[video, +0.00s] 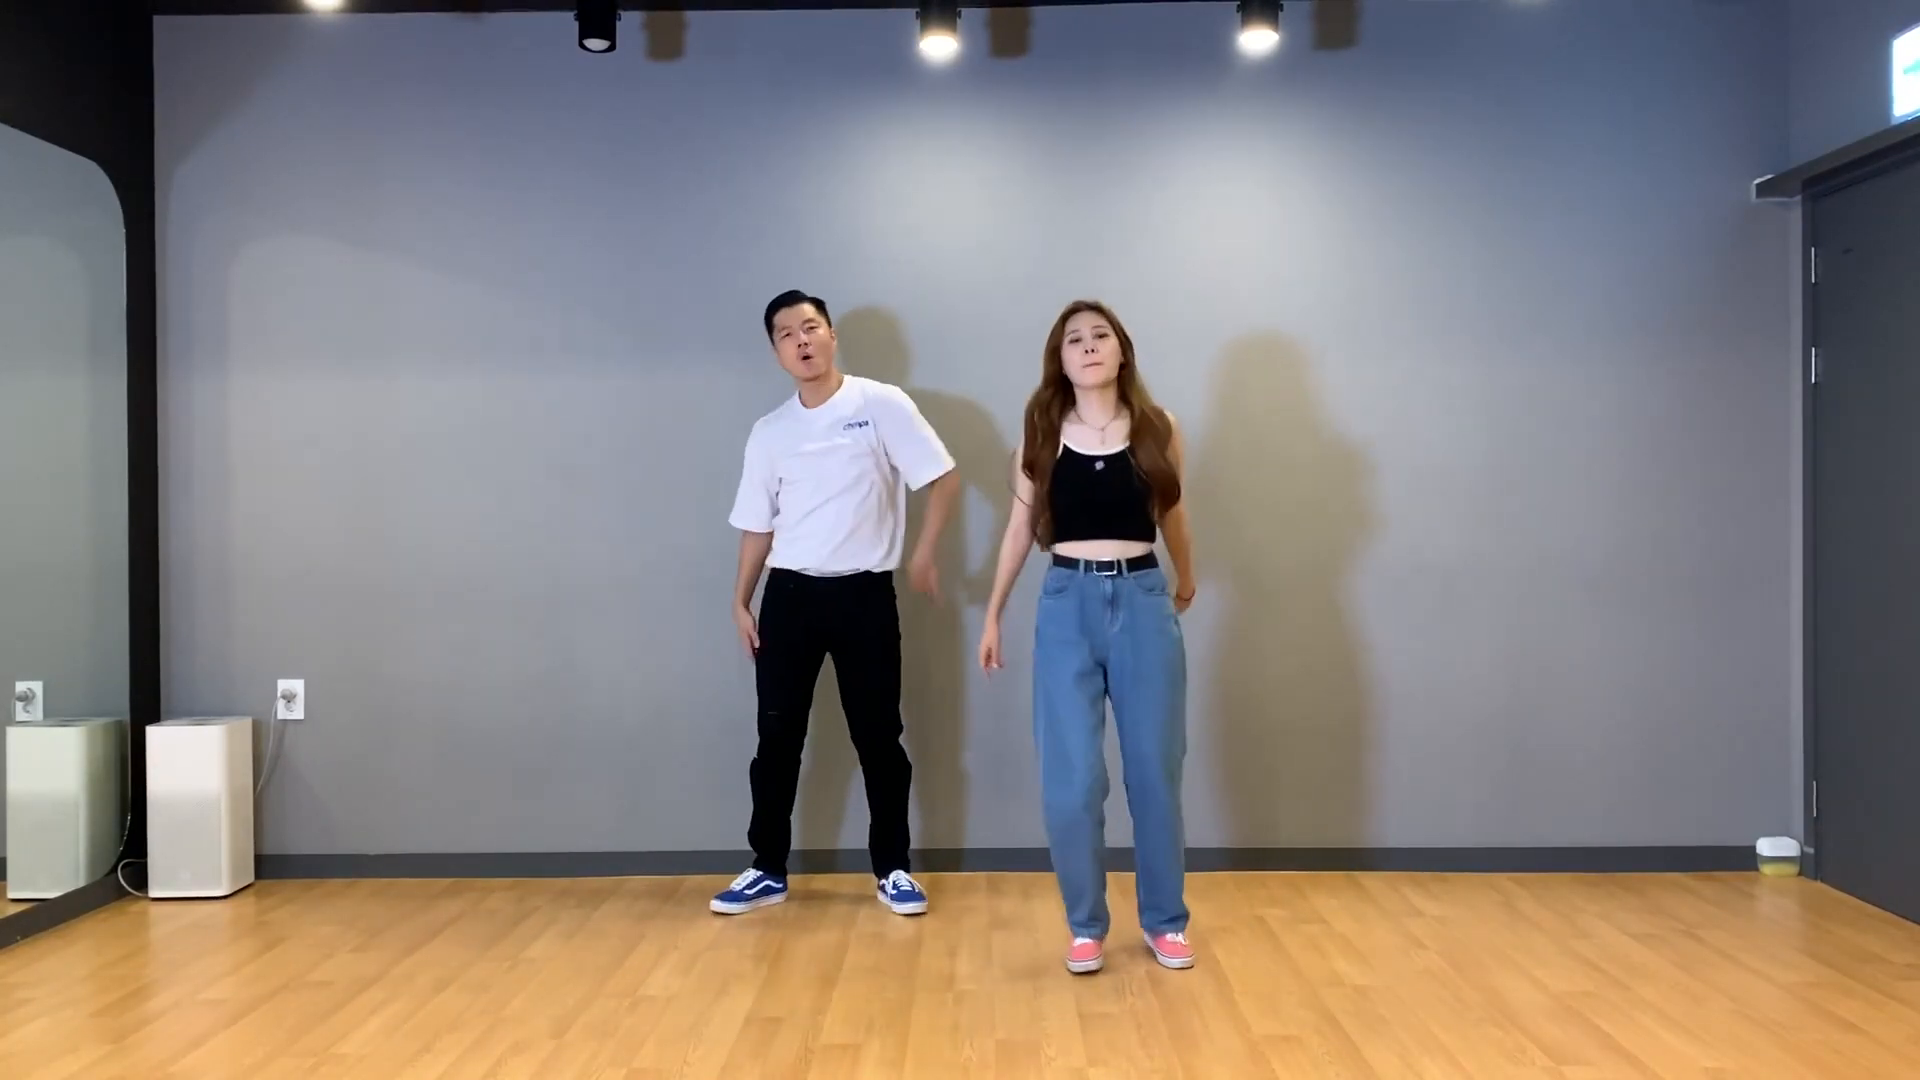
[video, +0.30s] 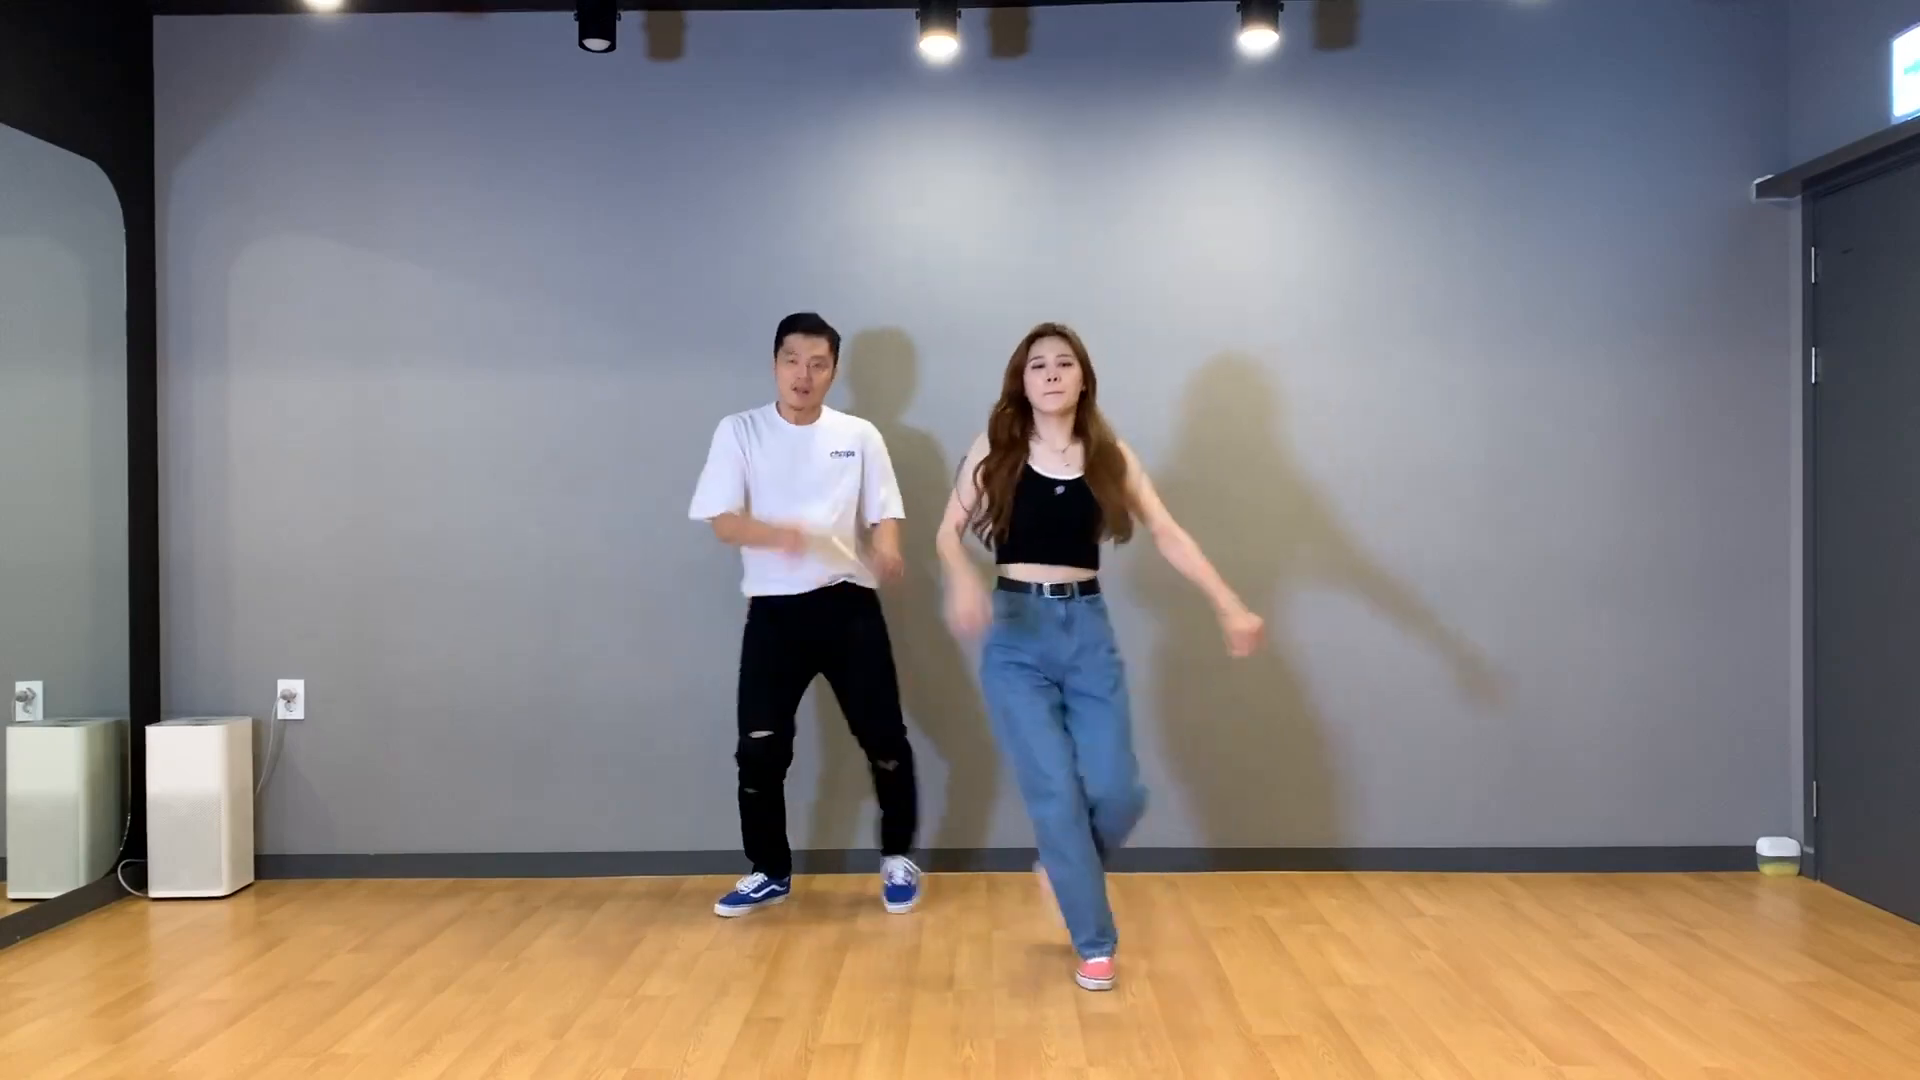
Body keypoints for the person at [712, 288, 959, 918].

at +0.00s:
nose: (802, 339)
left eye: (810, 326)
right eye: (788, 334)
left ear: (833, 335)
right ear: (778, 354)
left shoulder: (880, 402)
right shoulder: (768, 431)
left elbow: (944, 476)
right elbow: (757, 525)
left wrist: (925, 550)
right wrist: (741, 600)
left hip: (865, 595)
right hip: (789, 599)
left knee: (879, 740)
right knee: (776, 741)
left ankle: (894, 870)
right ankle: (767, 871)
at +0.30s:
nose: (803, 374)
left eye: (816, 363)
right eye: (792, 361)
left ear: (832, 371)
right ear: (774, 365)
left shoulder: (859, 435)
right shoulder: (737, 433)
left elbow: (885, 517)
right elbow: (723, 521)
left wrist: (886, 551)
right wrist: (774, 535)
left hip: (849, 607)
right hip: (773, 614)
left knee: (884, 739)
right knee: (758, 751)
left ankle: (898, 859)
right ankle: (770, 873)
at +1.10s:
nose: (714, 361)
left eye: (724, 350)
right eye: (702, 352)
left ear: (741, 359)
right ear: (682, 362)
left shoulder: (761, 410)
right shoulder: (660, 406)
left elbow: (811, 334)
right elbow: (624, 338)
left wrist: (796, 250)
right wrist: (627, 245)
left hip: (738, 610)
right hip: (656, 609)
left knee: (799, 747)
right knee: (609, 748)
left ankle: (821, 874)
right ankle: (575, 879)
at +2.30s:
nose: (893, 329)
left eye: (904, 317)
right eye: (880, 320)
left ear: (926, 327)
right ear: (867, 333)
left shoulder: (949, 391)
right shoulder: (864, 388)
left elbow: (1014, 449)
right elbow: (865, 440)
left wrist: (927, 452)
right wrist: (840, 448)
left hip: (940, 588)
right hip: (870, 591)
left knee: (983, 731)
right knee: (860, 736)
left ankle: (1024, 869)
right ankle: (868, 879)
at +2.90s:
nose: (922, 384)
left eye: (931, 367)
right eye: (910, 377)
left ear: (957, 360)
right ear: (903, 385)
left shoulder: (992, 428)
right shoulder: (911, 428)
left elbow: (931, 496)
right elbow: (871, 498)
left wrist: (895, 422)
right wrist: (846, 421)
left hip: (975, 614)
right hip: (915, 611)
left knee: (986, 770)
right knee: (851, 740)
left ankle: (1077, 862)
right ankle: (864, 883)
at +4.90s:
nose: (871, 401)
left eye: (884, 389)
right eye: (858, 389)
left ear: (901, 396)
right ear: (840, 397)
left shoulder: (926, 466)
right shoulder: (813, 449)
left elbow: (950, 553)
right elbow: (752, 522)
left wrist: (966, 638)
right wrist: (696, 589)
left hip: (882, 649)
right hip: (804, 643)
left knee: (936, 767)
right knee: (748, 760)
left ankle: (895, 870)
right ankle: (677, 872)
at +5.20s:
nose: (914, 398)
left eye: (918, 385)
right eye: (900, 388)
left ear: (922, 382)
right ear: (863, 389)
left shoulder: (955, 449)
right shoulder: (829, 465)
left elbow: (993, 531)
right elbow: (803, 555)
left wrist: (1036, 601)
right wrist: (742, 576)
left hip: (965, 619)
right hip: (888, 632)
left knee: (998, 734)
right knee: (879, 760)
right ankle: (906, 882)